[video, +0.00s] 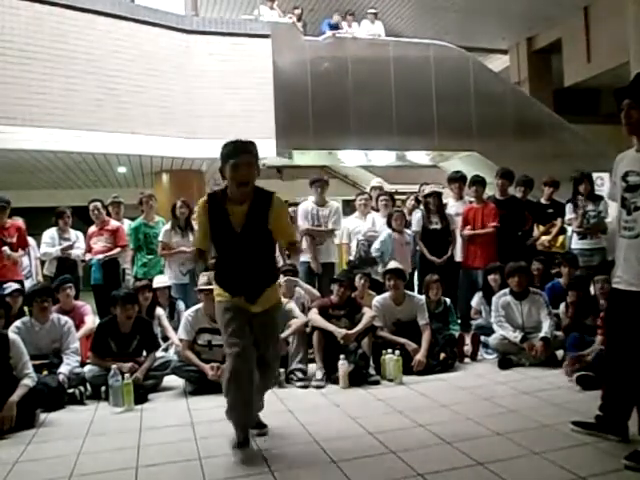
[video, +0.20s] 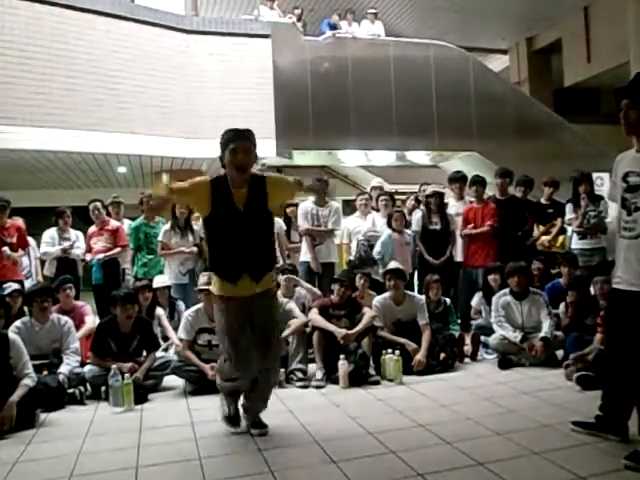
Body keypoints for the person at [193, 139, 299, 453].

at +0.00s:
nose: (245, 174)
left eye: (250, 167)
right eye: (237, 167)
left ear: (258, 168)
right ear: (223, 170)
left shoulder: (272, 204)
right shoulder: (208, 207)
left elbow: (290, 244)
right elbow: (201, 252)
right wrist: (196, 260)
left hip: (267, 292)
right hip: (229, 294)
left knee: (268, 362)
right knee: (238, 357)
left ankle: (253, 411)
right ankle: (241, 430)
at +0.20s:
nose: (243, 158)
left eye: (249, 151)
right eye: (236, 151)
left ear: (256, 154)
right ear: (223, 156)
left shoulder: (269, 185)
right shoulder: (207, 188)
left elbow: (300, 190)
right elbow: (170, 196)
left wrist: (318, 188)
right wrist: (152, 203)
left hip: (263, 285)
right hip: (227, 288)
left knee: (269, 359)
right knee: (240, 362)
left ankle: (254, 411)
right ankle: (230, 395)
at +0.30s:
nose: (239, 162)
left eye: (245, 156)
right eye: (233, 156)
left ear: (253, 158)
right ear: (221, 159)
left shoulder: (267, 192)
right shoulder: (206, 194)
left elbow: (300, 203)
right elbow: (175, 212)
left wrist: (321, 190)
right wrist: (153, 208)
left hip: (264, 287)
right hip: (227, 289)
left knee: (265, 354)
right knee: (233, 352)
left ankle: (255, 412)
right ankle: (233, 409)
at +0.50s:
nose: (238, 171)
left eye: (243, 164)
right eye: (231, 165)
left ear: (251, 163)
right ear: (218, 165)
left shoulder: (262, 190)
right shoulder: (204, 192)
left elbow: (291, 190)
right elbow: (166, 191)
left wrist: (305, 184)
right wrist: (159, 182)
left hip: (254, 280)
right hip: (219, 283)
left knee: (261, 340)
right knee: (225, 350)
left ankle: (273, 405)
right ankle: (232, 410)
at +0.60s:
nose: (236, 174)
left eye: (242, 168)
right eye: (229, 169)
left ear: (250, 171)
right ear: (218, 172)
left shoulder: (260, 200)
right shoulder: (202, 202)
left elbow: (293, 200)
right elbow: (161, 201)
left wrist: (317, 199)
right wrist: (137, 200)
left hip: (252, 284)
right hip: (217, 289)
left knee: (259, 337)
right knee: (224, 352)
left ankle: (273, 406)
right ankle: (233, 410)